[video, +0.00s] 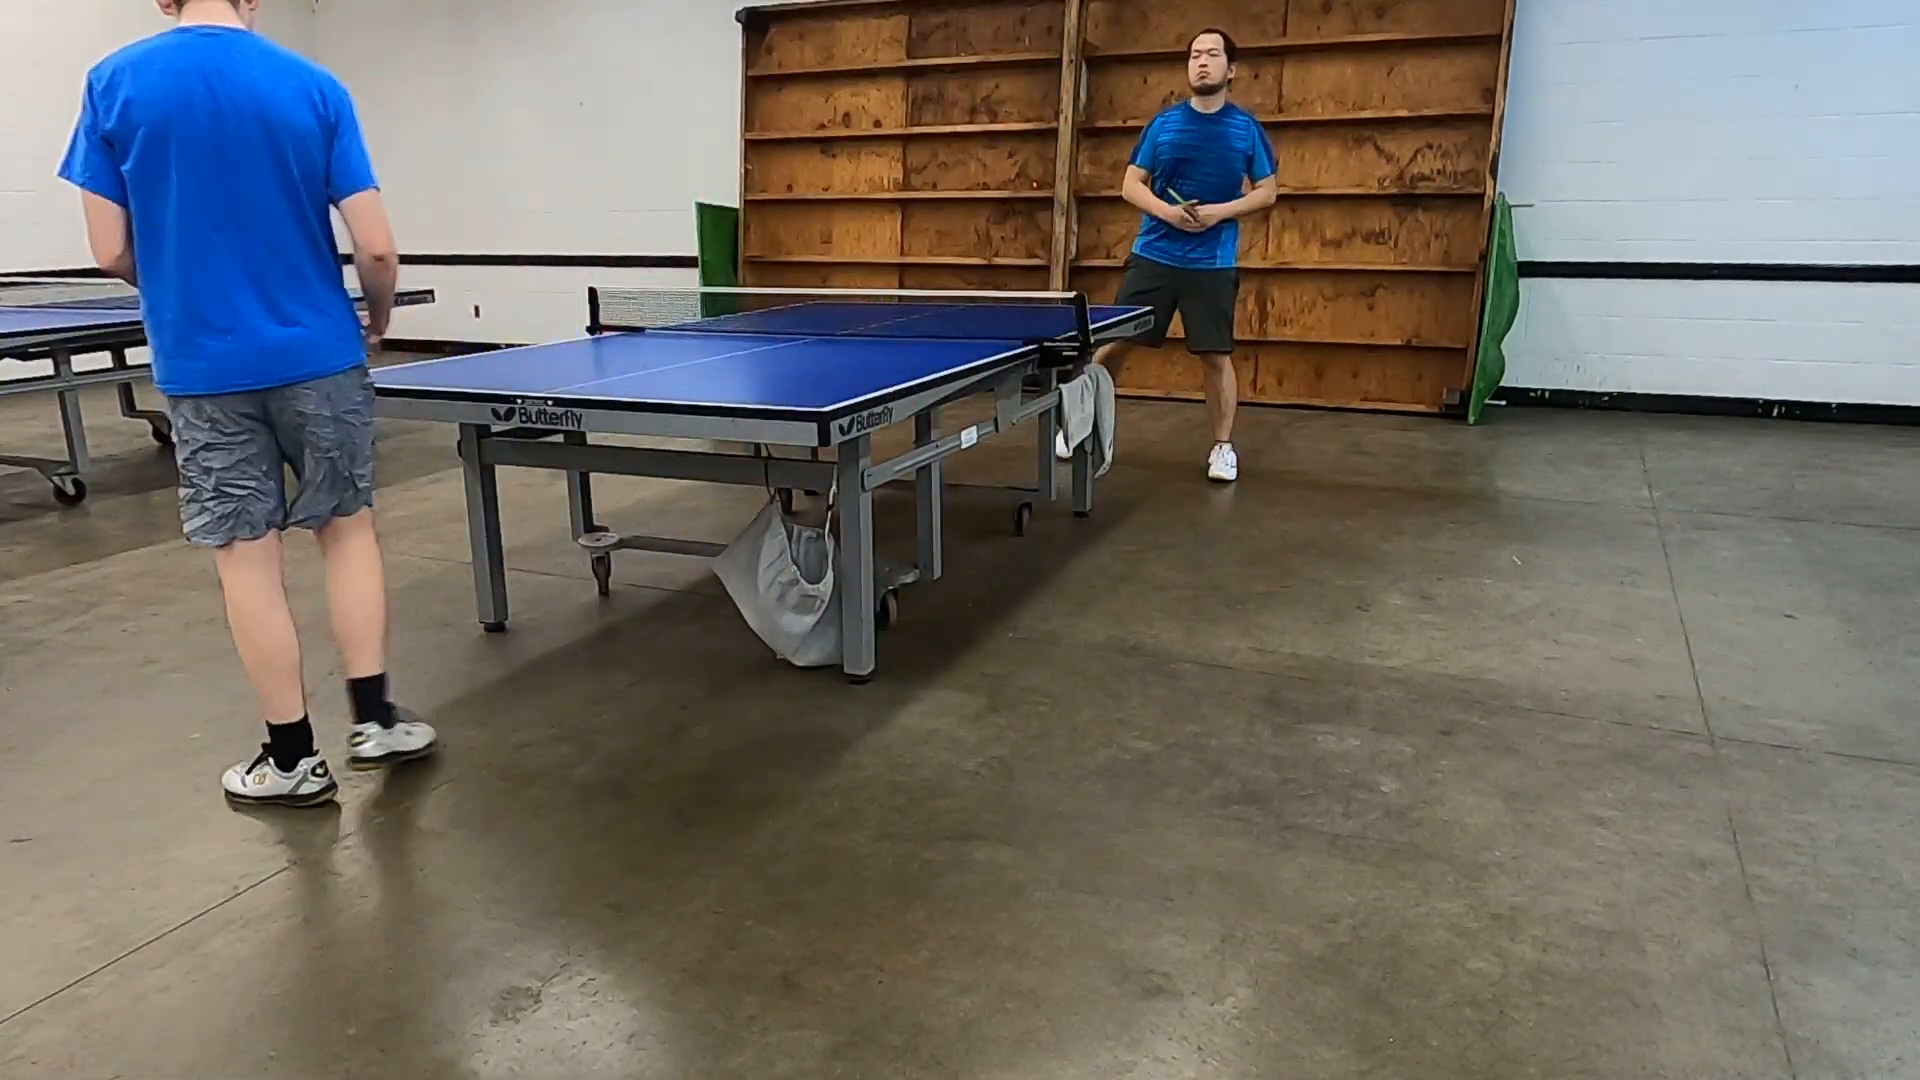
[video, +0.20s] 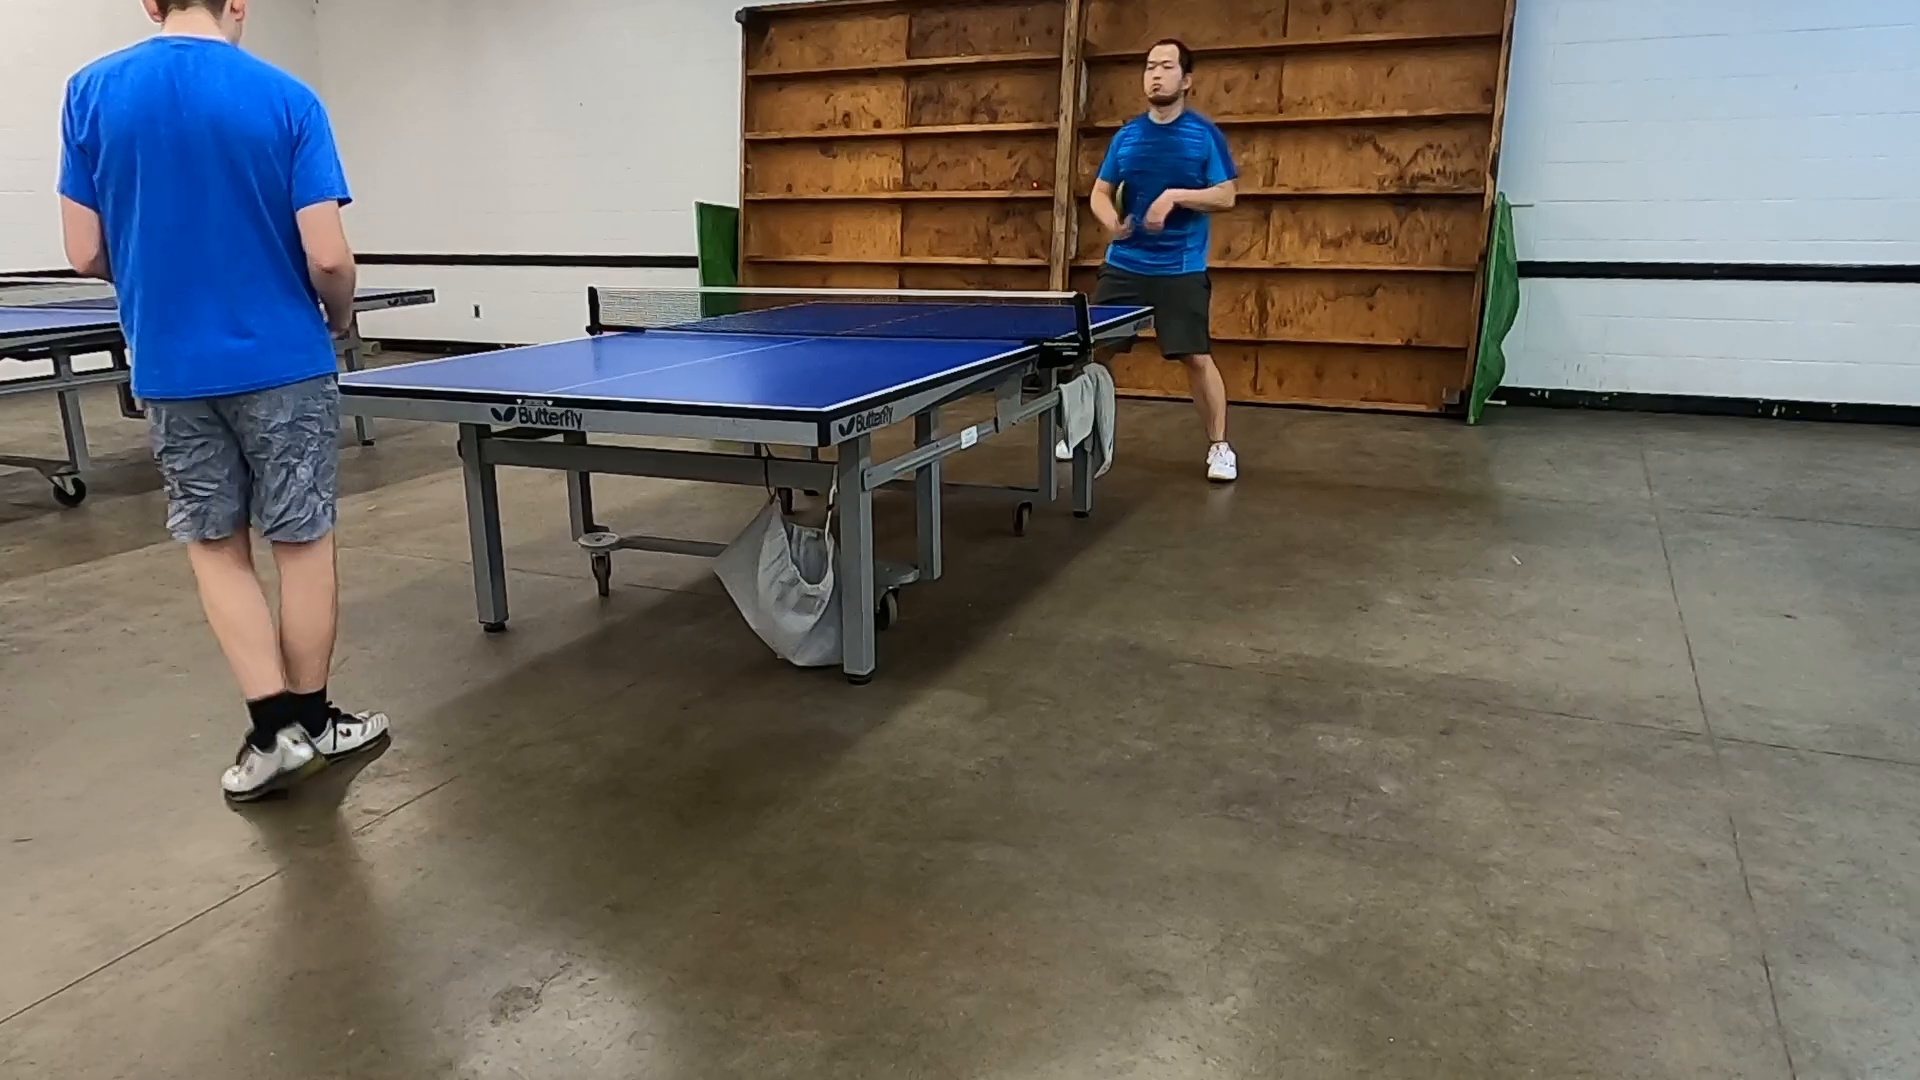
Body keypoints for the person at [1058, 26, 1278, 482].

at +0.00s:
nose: (1201, 62)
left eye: (1212, 55)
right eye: (1195, 56)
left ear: (1231, 68)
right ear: (1187, 68)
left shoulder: (1247, 128)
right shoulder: (1165, 122)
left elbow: (1267, 193)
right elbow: (1130, 185)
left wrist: (1219, 211)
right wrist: (1168, 212)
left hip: (1213, 264)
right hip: (1154, 257)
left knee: (1217, 357)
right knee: (1116, 343)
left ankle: (1222, 446)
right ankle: (1076, 418)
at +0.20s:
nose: (1155, 74)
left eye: (1166, 67)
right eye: (1150, 67)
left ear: (1186, 79)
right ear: (1143, 78)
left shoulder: (1205, 135)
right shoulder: (1127, 135)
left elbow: (1226, 196)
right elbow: (1099, 192)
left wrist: (1173, 195)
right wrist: (1110, 221)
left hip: (1182, 272)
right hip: (1124, 268)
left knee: (1196, 357)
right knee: (1092, 350)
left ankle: (1219, 445)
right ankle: (1083, 431)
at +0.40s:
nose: (1107, 86)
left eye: (1117, 78)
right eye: (1102, 79)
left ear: (1140, 84)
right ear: (1098, 88)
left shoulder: (1167, 133)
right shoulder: (1097, 143)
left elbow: (1177, 198)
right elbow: (1080, 202)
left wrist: (1128, 169)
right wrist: (1057, 246)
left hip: (1160, 272)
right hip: (1106, 270)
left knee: (1178, 355)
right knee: (1076, 351)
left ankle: (1207, 441)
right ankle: (1080, 431)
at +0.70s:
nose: (1081, 142)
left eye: (1088, 134)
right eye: (1075, 135)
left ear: (1110, 130)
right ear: (1070, 134)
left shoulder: (1144, 153)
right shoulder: (1085, 171)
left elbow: (1141, 215)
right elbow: (1080, 218)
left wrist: (1101, 162)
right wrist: (1053, 264)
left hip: (1174, 266)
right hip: (1123, 268)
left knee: (1178, 351)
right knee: (1084, 346)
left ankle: (1197, 443)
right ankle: (1079, 426)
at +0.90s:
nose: (1082, 179)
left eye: (1088, 170)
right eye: (1077, 172)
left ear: (1113, 162)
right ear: (1073, 168)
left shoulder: (1149, 178)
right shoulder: (1086, 199)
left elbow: (1140, 240)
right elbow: (1085, 253)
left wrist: (1109, 184)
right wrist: (1080, 304)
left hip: (1181, 275)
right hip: (1130, 278)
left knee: (1180, 351)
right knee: (1076, 344)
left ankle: (1197, 445)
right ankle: (1078, 427)